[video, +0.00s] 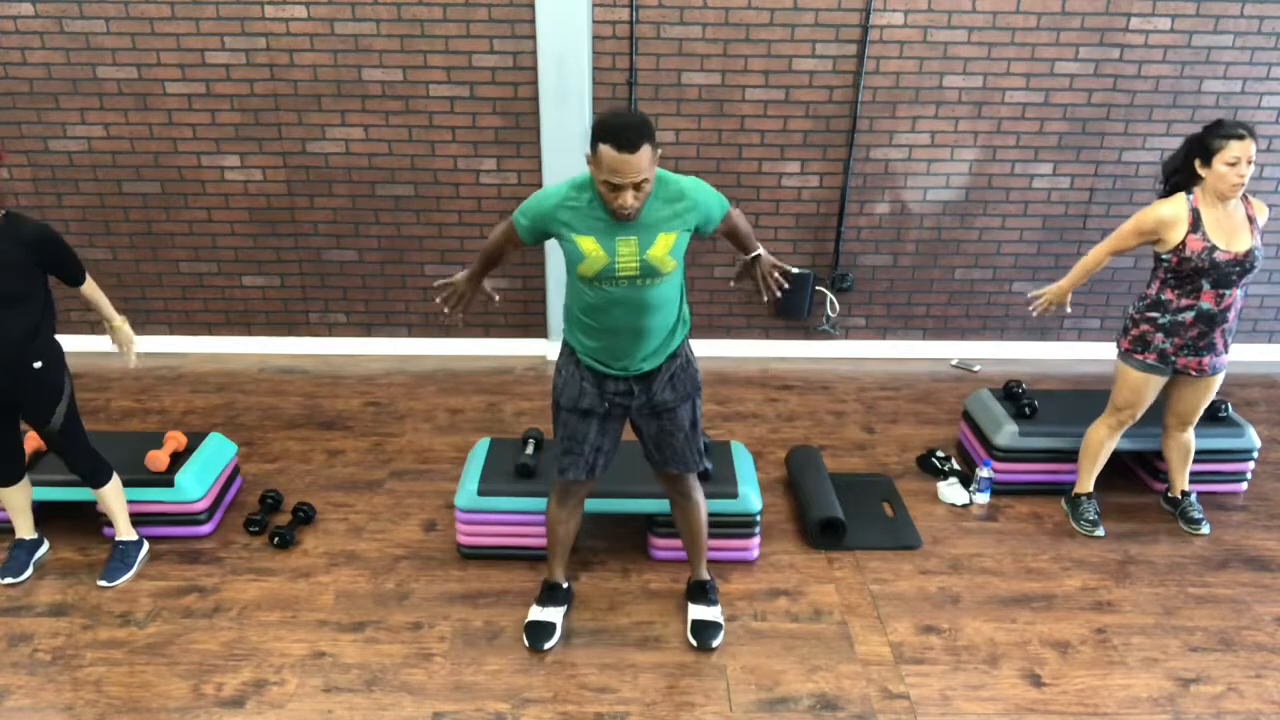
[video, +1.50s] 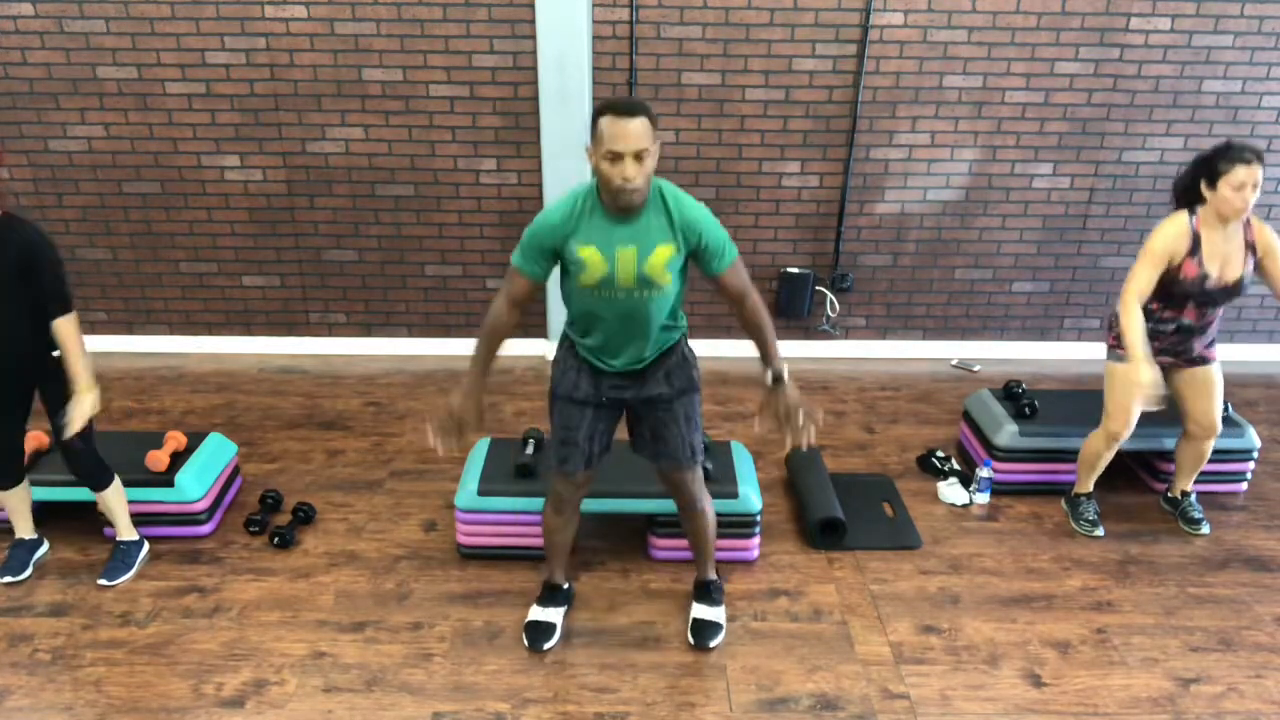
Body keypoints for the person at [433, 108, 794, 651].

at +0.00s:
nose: (626, 199)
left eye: (639, 185)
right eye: (613, 185)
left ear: (656, 163)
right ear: (591, 165)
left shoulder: (688, 198)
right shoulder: (558, 205)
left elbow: (728, 220)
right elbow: (509, 235)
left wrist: (756, 252)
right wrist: (473, 275)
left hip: (665, 369)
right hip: (587, 370)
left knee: (681, 478)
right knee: (569, 482)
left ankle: (701, 584)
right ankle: (555, 586)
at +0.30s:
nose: (624, 210)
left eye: (636, 196)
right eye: (610, 196)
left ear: (654, 176)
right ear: (589, 177)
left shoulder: (687, 220)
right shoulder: (557, 230)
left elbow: (727, 291)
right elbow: (520, 311)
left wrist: (747, 366)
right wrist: (497, 390)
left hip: (665, 368)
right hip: (587, 369)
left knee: (686, 483)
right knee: (567, 485)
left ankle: (703, 584)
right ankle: (554, 585)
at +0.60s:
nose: (623, 359)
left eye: (635, 344)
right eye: (609, 344)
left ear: (652, 330)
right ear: (591, 330)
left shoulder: (681, 355)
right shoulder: (565, 363)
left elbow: (706, 453)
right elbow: (551, 462)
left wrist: (702, 507)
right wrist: (559, 511)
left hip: (662, 431)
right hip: (590, 431)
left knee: (709, 519)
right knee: (545, 517)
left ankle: (703, 590)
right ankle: (553, 591)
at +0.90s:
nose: (623, 437)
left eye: (635, 423)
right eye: (609, 423)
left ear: (651, 406)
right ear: (592, 408)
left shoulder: (678, 428)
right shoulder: (565, 436)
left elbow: (706, 546)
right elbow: (539, 561)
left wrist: (695, 506)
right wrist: (557, 519)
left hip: (660, 479)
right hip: (588, 477)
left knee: (706, 548)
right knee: (547, 533)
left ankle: (701, 591)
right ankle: (553, 593)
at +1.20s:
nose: (627, 320)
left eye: (639, 304)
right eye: (614, 305)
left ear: (655, 299)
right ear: (595, 299)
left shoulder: (680, 336)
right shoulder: (568, 337)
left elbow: (716, 430)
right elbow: (530, 429)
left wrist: (733, 514)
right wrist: (523, 515)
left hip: (660, 416)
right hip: (586, 415)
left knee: (690, 507)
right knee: (557, 509)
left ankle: (701, 588)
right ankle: (553, 590)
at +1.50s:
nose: (629, 172)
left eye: (640, 157)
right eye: (615, 158)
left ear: (655, 156)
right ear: (592, 158)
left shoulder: (685, 216)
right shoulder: (557, 223)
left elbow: (742, 294)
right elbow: (510, 301)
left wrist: (778, 375)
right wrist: (470, 387)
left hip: (662, 363)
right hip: (584, 363)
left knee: (684, 479)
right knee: (566, 482)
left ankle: (708, 584)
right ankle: (554, 588)